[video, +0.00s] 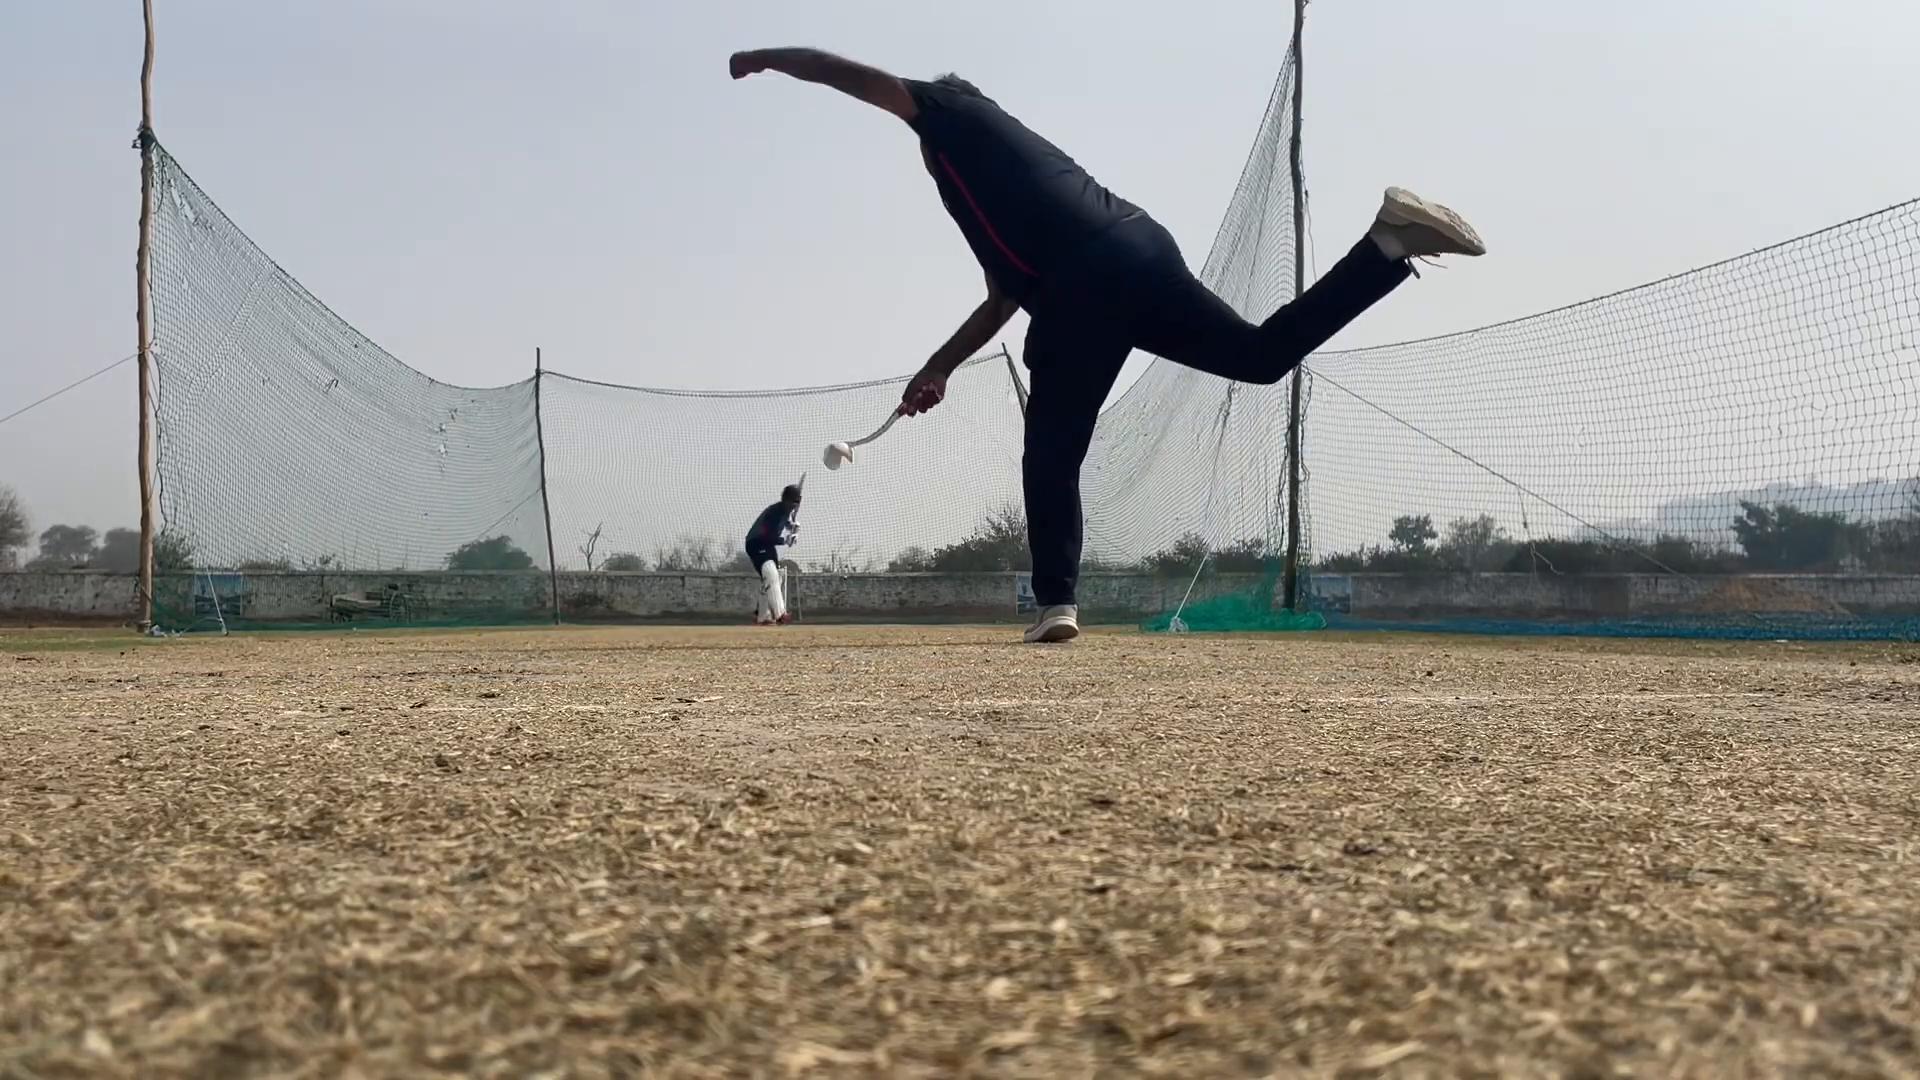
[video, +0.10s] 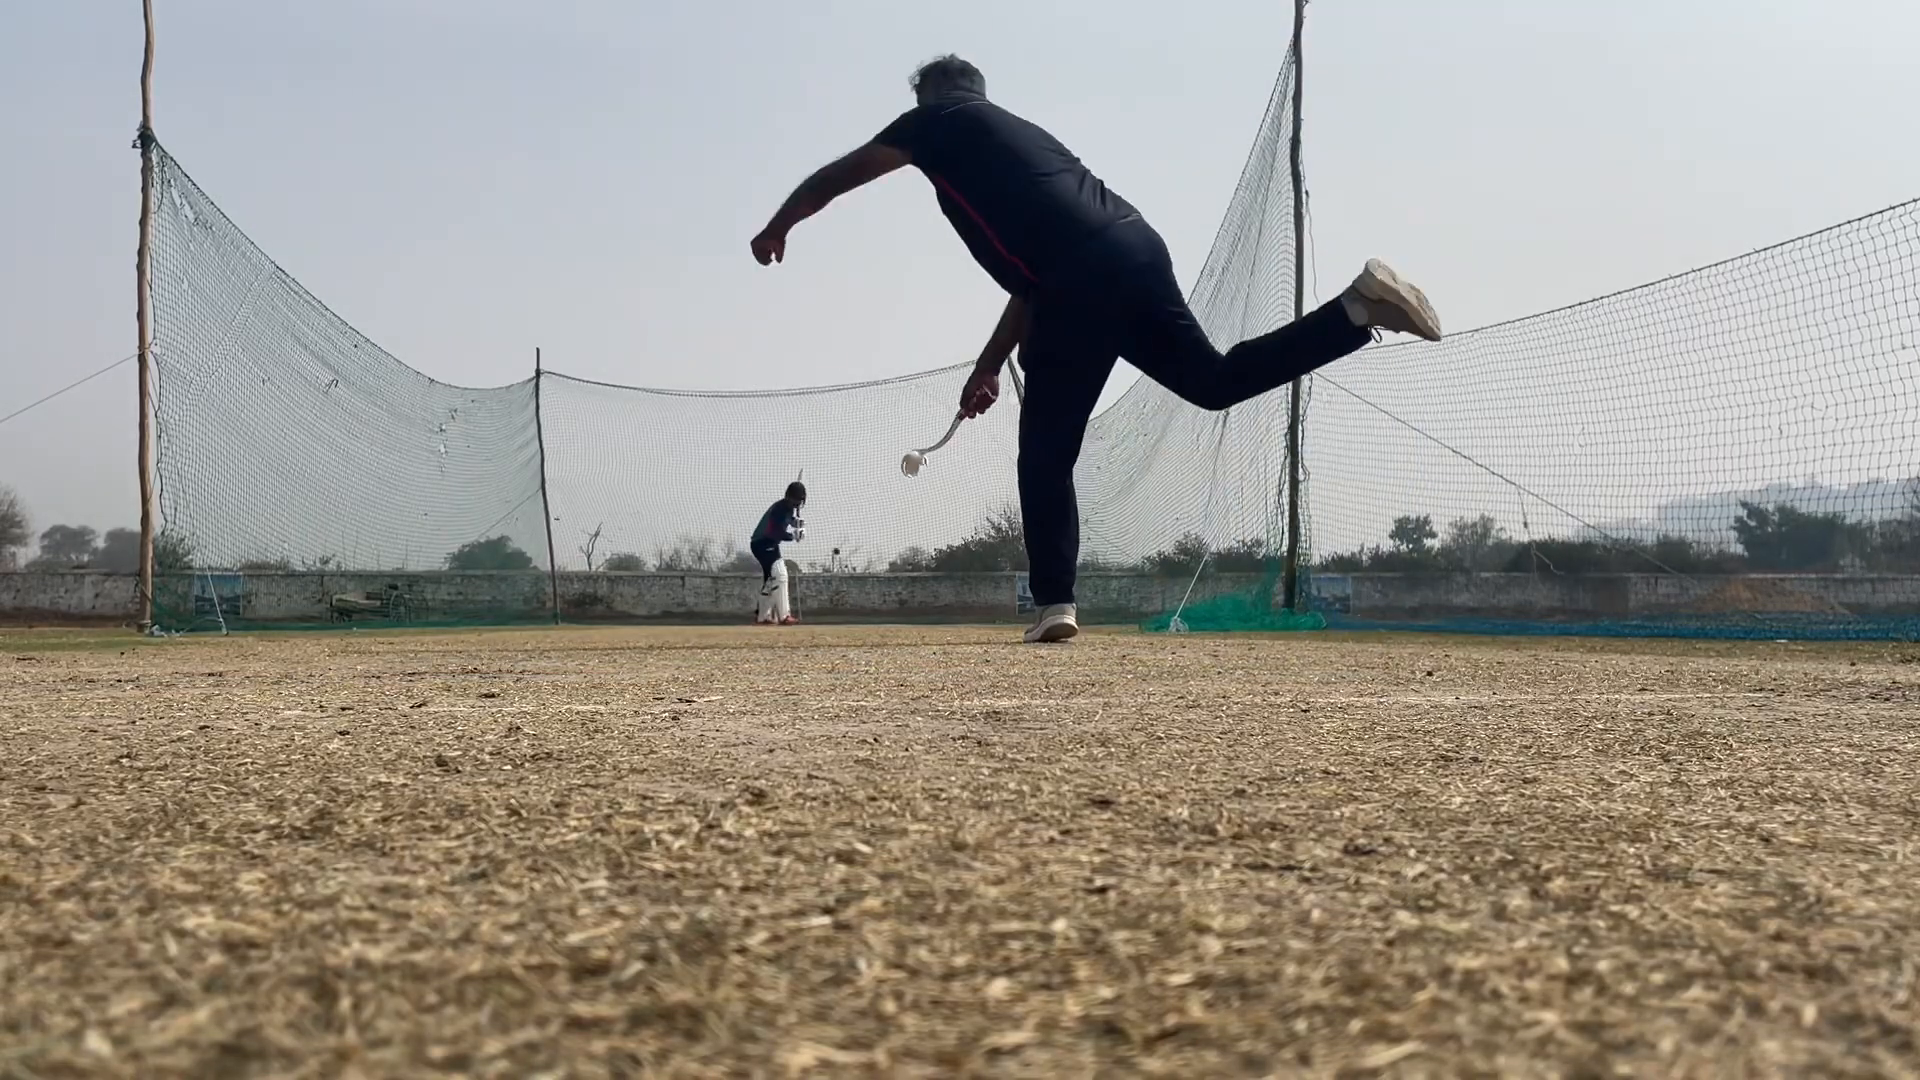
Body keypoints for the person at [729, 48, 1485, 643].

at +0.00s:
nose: (905, 126)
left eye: (910, 114)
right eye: (911, 122)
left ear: (930, 105)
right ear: (974, 131)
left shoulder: (947, 111)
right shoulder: (1009, 185)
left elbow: (847, 76)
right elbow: (1003, 296)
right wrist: (937, 369)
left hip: (1077, 284)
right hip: (1145, 257)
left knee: (1051, 455)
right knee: (1260, 359)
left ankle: (1054, 609)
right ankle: (1393, 245)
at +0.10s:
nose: (917, 114)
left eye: (919, 104)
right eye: (925, 105)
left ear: (929, 98)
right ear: (978, 94)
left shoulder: (936, 120)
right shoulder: (1018, 134)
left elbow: (835, 179)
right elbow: (1038, 273)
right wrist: (989, 362)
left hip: (1072, 287)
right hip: (1137, 257)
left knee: (1045, 459)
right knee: (1218, 381)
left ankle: (1054, 612)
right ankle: (1360, 311)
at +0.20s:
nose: (915, 115)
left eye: (915, 104)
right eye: (918, 104)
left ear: (924, 99)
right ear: (972, 90)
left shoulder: (932, 131)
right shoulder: (1012, 129)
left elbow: (884, 244)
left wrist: (853, 339)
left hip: (1066, 276)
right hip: (1130, 254)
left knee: (1040, 451)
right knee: (1154, 402)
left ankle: (1053, 609)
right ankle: (1306, 396)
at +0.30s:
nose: (913, 119)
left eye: (911, 109)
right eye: (912, 109)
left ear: (918, 102)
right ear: (969, 94)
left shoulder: (930, 143)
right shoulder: (1012, 125)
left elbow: (952, 242)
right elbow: (1053, 212)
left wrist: (963, 359)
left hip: (1054, 278)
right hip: (1121, 255)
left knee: (1031, 453)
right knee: (1109, 407)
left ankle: (1050, 606)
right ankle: (1232, 489)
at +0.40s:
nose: (913, 113)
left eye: (910, 104)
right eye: (913, 105)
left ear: (915, 99)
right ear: (969, 92)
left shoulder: (926, 137)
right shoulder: (1020, 129)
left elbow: (983, 185)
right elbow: (1112, 199)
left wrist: (1038, 251)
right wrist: (1151, 283)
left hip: (1045, 277)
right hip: (1114, 265)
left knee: (1027, 448)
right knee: (1084, 420)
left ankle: (1050, 605)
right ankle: (1137, 562)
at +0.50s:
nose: (916, 102)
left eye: (915, 94)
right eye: (918, 94)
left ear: (919, 91)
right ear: (974, 86)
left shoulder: (925, 123)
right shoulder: (1022, 124)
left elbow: (986, 146)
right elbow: (1104, 202)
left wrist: (1056, 185)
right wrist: (1162, 288)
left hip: (1042, 275)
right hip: (1105, 270)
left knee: (1024, 447)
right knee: (1064, 440)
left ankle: (1050, 603)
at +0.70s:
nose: (933, 82)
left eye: (934, 73)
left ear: (939, 71)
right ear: (994, 75)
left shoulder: (945, 101)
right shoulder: (1029, 127)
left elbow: (983, 158)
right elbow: (1079, 231)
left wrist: (995, 244)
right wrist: (1099, 331)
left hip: (1022, 290)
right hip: (1079, 289)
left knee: (1006, 453)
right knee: (1022, 451)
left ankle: (1049, 598)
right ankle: (1008, 599)